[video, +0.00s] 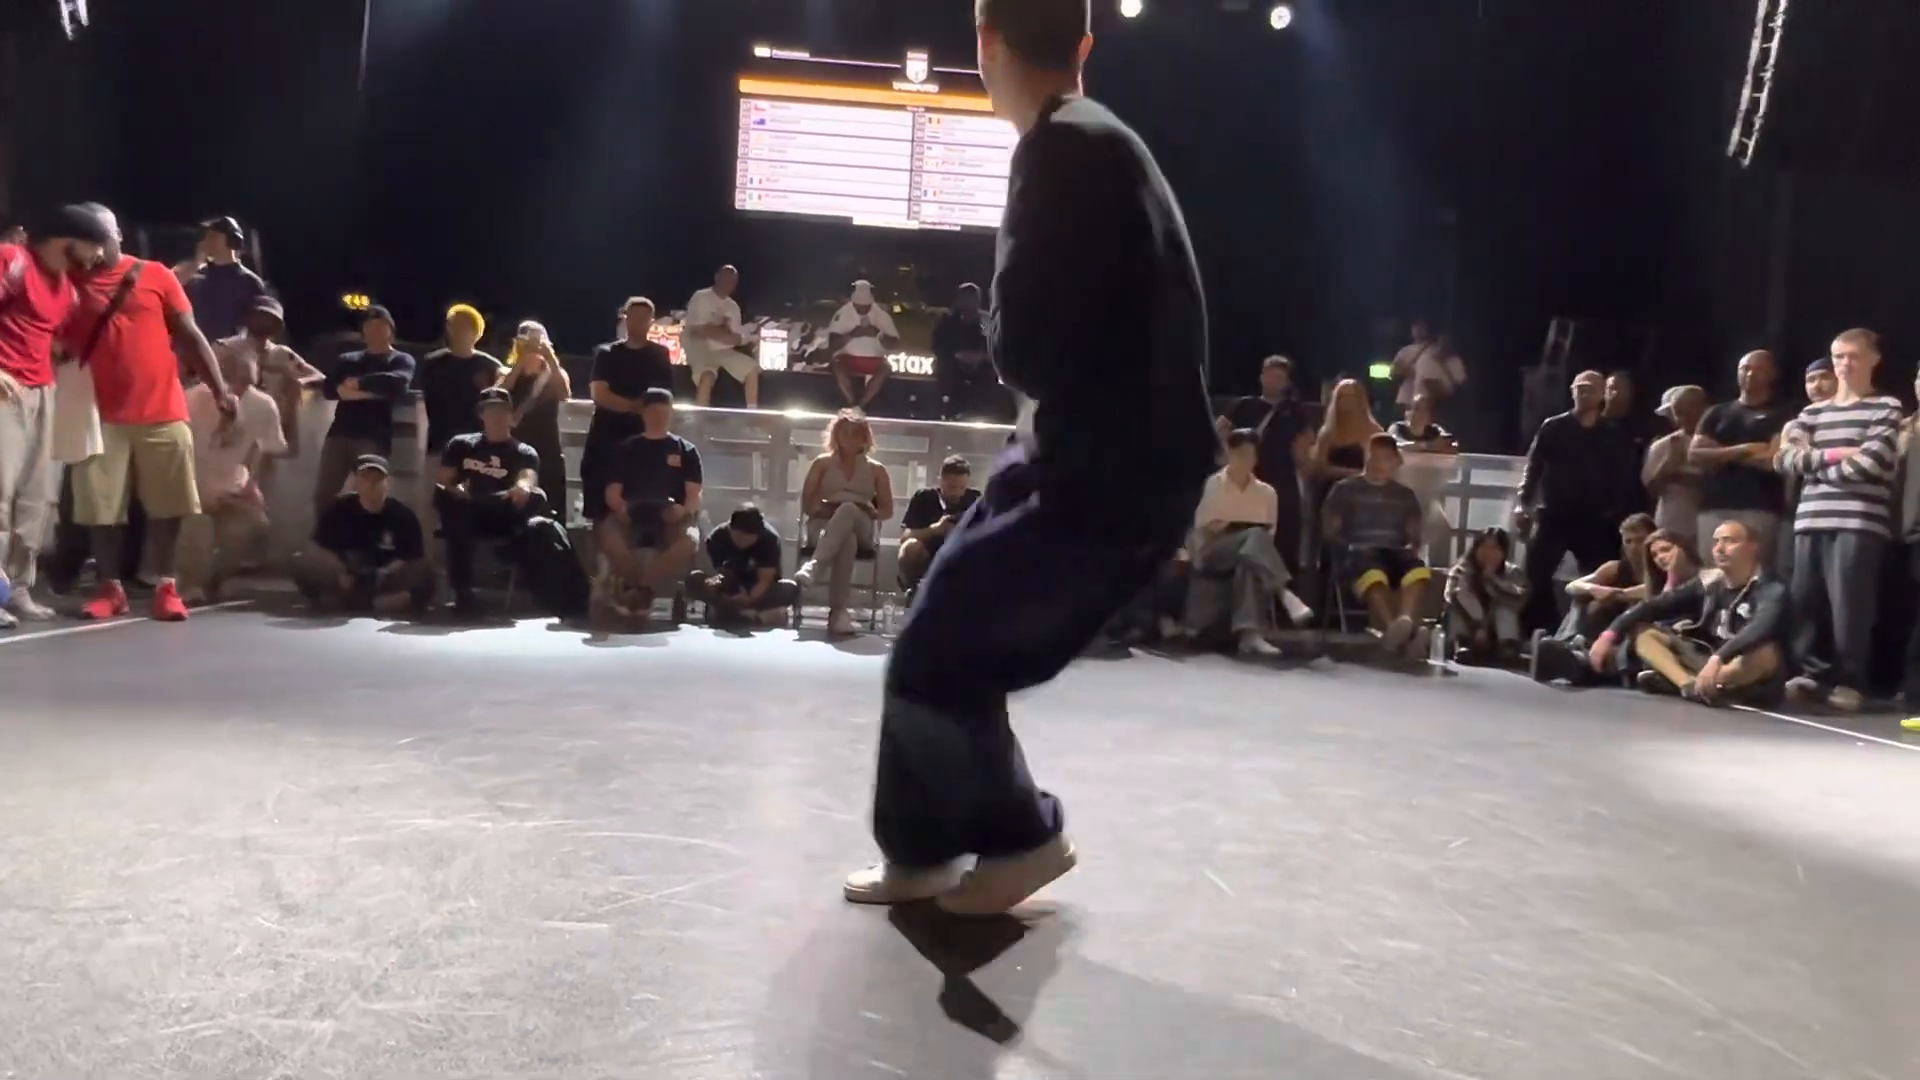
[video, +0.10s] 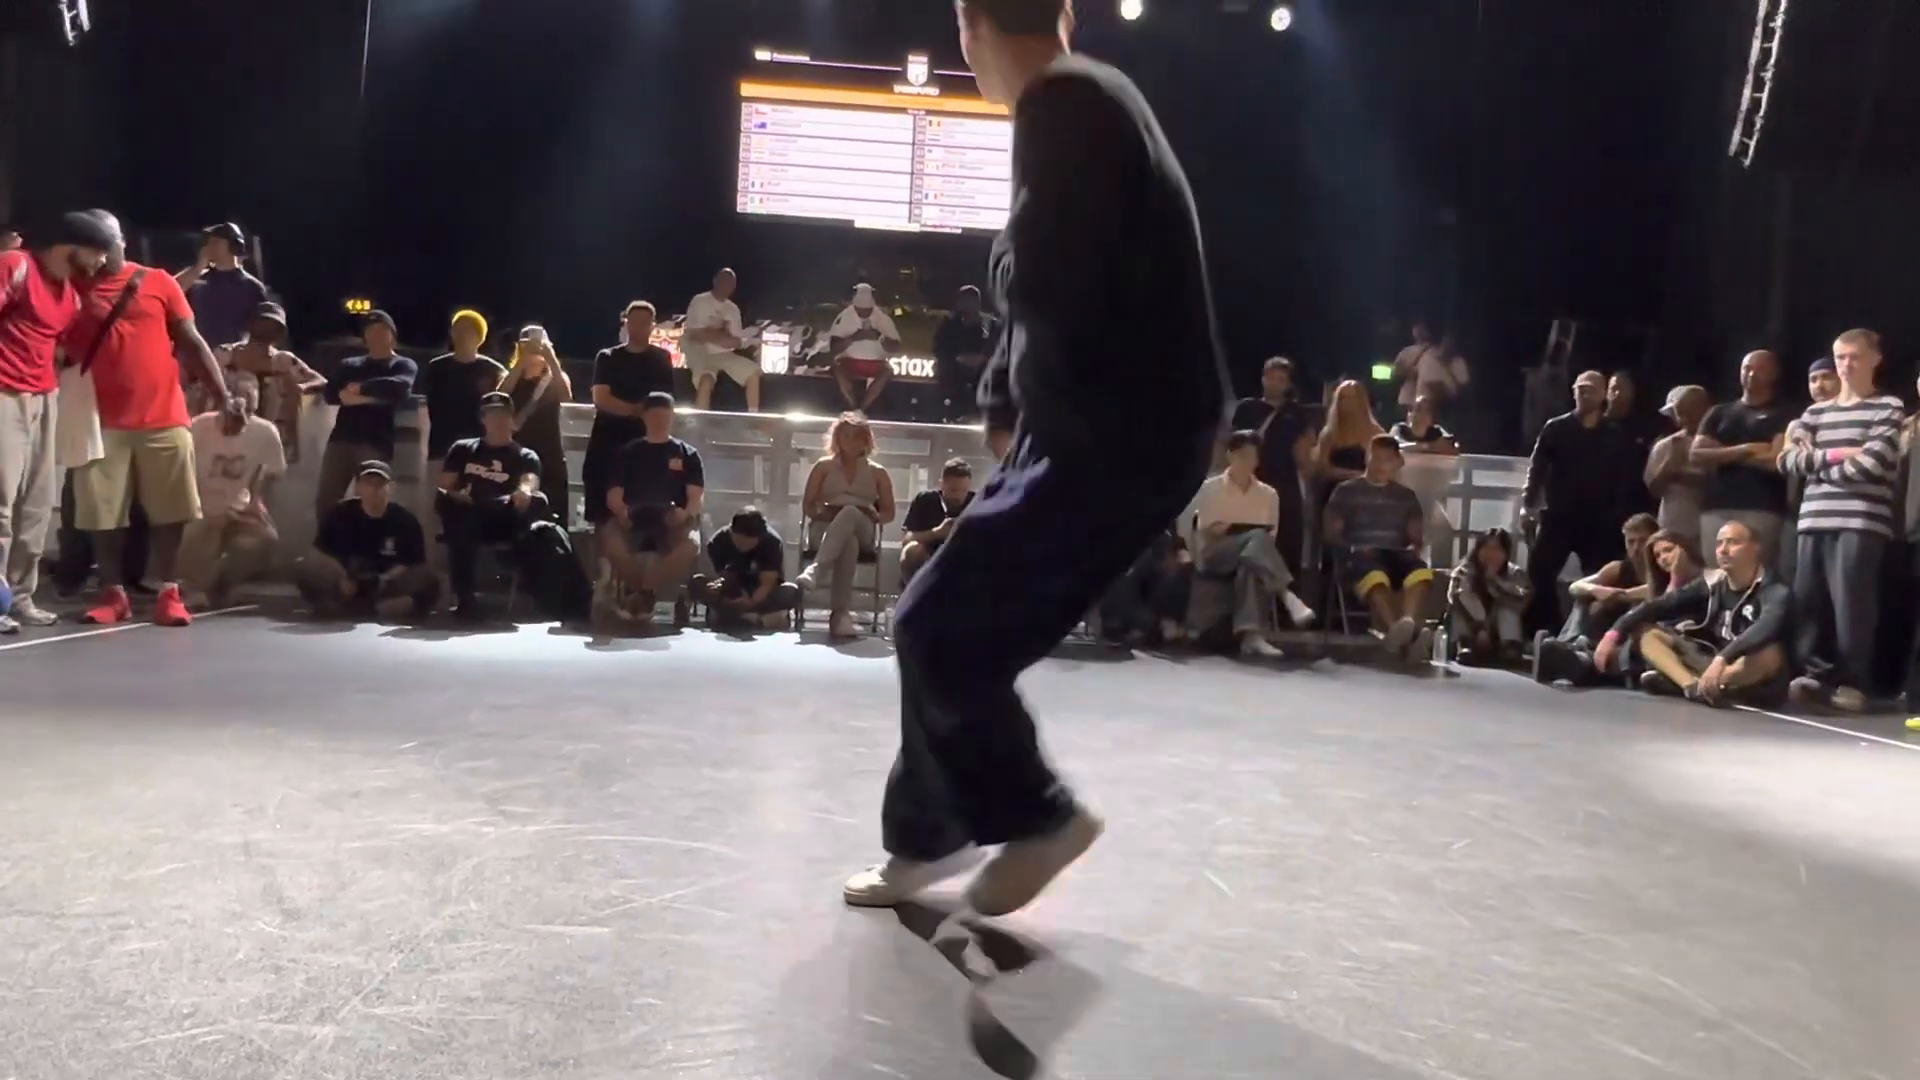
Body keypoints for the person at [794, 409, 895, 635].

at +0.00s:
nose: (853, 439)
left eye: (858, 433)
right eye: (847, 433)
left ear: (866, 438)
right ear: (836, 436)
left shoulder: (876, 470)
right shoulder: (822, 464)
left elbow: (886, 511)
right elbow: (808, 505)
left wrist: (863, 510)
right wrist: (835, 513)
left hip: (862, 531)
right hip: (823, 526)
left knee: (847, 509)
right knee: (847, 538)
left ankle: (814, 565)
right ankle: (838, 612)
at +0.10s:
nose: (856, 442)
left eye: (860, 437)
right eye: (850, 436)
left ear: (867, 441)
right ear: (838, 439)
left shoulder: (877, 473)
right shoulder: (824, 467)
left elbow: (889, 513)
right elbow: (808, 506)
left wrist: (869, 515)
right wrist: (829, 515)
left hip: (864, 533)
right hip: (824, 529)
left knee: (849, 512)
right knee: (849, 541)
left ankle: (815, 569)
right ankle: (840, 615)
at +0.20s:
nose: (856, 441)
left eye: (861, 436)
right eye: (851, 435)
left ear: (866, 440)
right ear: (837, 438)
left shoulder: (876, 472)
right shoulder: (822, 467)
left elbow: (887, 512)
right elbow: (807, 506)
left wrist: (869, 514)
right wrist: (827, 514)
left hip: (862, 532)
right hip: (823, 528)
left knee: (848, 511)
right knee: (848, 541)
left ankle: (814, 569)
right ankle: (839, 613)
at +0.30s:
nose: (848, 432)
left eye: (854, 427)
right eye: (843, 426)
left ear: (862, 432)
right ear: (833, 430)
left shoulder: (872, 465)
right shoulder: (819, 459)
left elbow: (884, 504)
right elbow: (804, 498)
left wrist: (863, 504)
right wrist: (827, 507)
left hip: (859, 524)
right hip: (820, 521)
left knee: (845, 503)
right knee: (844, 532)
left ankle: (811, 560)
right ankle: (835, 607)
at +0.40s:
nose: (849, 432)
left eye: (855, 426)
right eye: (843, 426)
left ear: (862, 431)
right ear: (833, 429)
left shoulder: (872, 463)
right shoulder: (819, 458)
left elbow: (884, 503)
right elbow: (804, 497)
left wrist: (865, 504)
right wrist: (824, 504)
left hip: (860, 523)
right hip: (820, 520)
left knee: (845, 502)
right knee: (845, 532)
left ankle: (812, 559)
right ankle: (837, 605)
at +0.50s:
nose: (850, 437)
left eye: (856, 432)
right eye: (844, 432)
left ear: (863, 436)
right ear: (834, 435)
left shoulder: (874, 468)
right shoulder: (820, 463)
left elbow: (886, 508)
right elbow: (805, 502)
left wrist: (866, 511)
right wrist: (825, 511)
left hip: (861, 529)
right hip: (822, 525)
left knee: (846, 508)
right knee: (847, 538)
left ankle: (813, 565)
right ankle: (838, 611)